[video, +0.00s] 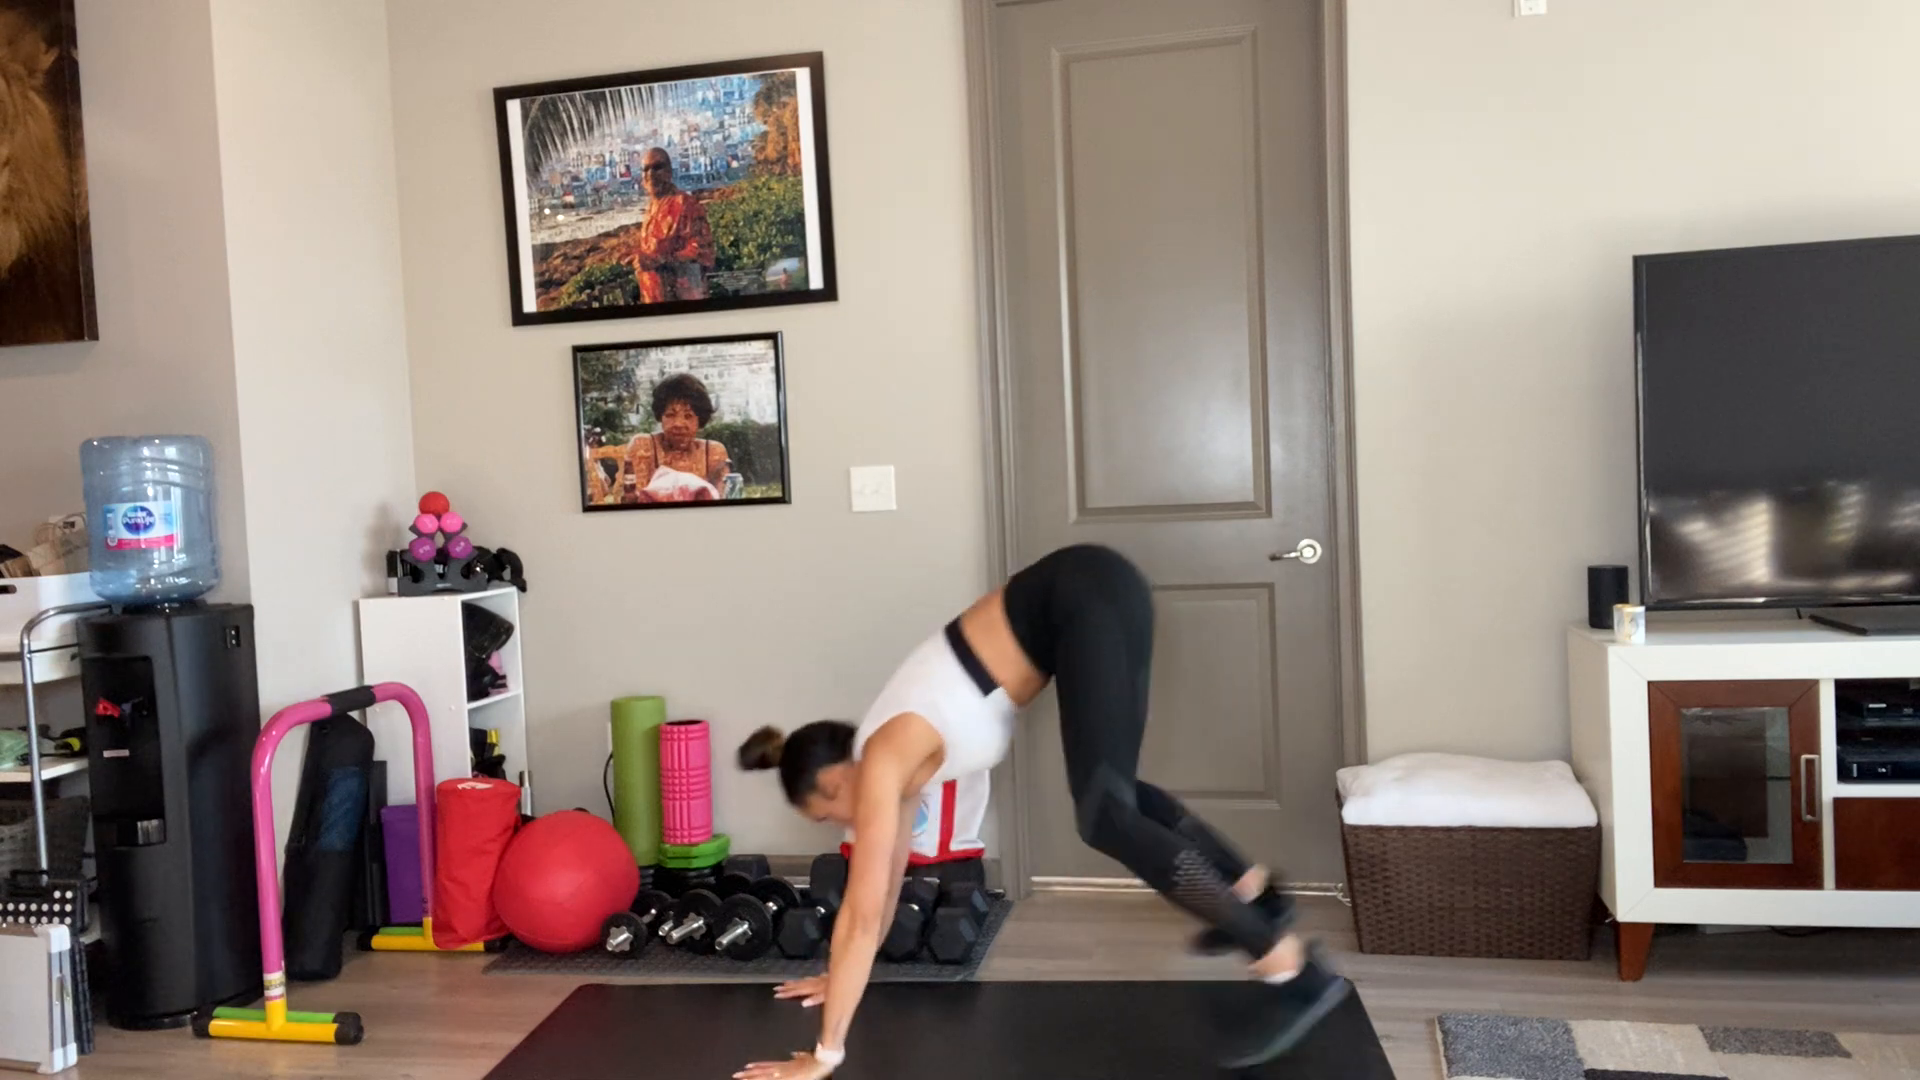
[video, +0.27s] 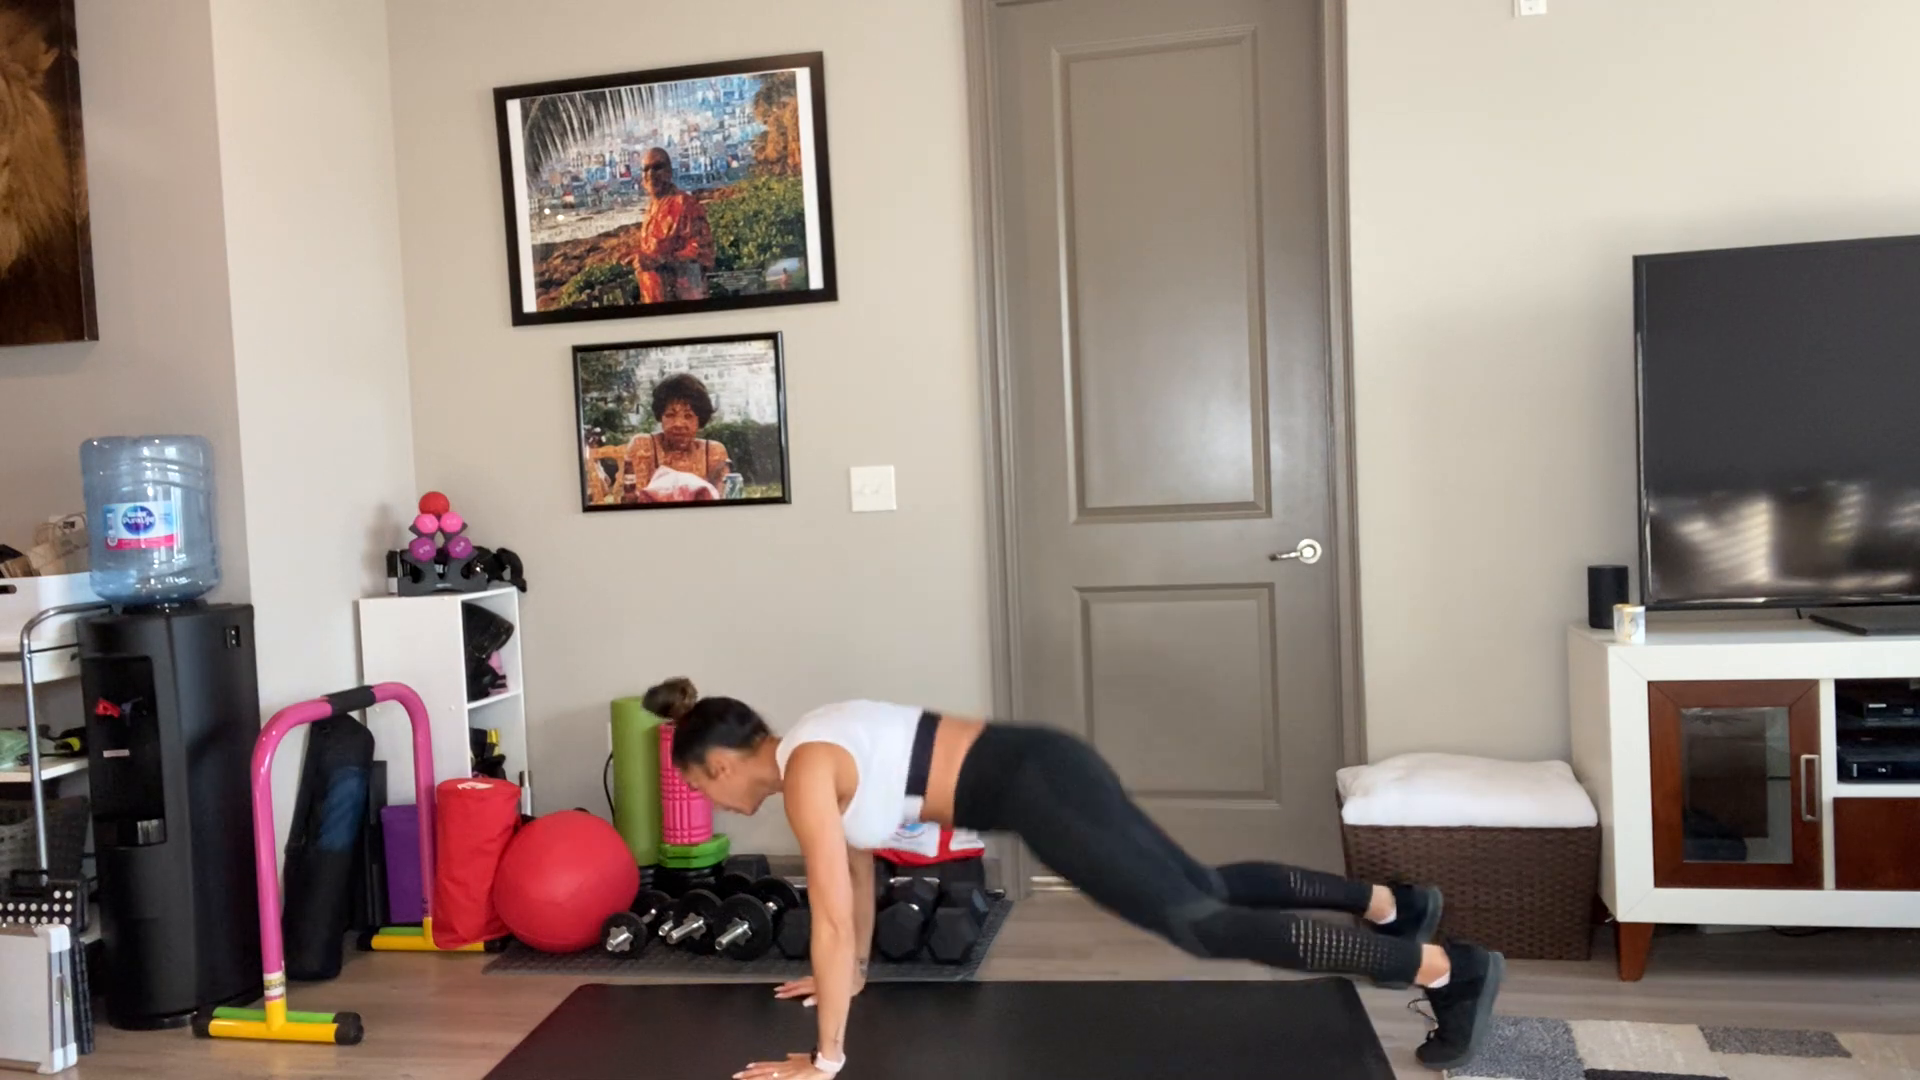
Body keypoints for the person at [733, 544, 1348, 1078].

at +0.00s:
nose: (837, 826)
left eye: (826, 812)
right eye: (826, 818)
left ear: (835, 776)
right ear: (840, 765)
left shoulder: (887, 762)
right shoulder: (890, 745)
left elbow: (868, 914)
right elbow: (874, 888)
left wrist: (827, 1051)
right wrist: (835, 973)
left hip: (1084, 595)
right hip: (1084, 595)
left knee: (1102, 817)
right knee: (1114, 789)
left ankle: (1281, 954)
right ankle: (1247, 884)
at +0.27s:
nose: (711, 804)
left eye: (705, 789)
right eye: (702, 792)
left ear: (728, 760)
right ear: (743, 741)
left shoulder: (806, 779)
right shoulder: (820, 743)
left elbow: (840, 921)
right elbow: (853, 884)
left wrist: (827, 1049)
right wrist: (838, 968)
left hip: (1030, 781)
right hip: (1034, 768)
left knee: (1198, 926)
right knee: (1207, 888)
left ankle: (1439, 966)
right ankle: (1383, 902)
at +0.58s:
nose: (678, 875)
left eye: (674, 861)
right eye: (671, 864)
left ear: (704, 837)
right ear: (718, 822)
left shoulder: (776, 866)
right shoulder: (792, 830)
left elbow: (860, 962)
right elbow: (878, 913)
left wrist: (828, 1061)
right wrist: (836, 965)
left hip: (992, 924)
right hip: (1004, 891)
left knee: (1194, 1017)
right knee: (1193, 962)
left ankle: (1426, 971)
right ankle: (1365, 908)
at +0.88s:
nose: (655, 996)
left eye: (647, 983)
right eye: (649, 984)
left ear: (671, 965)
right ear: (693, 927)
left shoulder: (736, 968)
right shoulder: (763, 919)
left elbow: (832, 967)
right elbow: (874, 875)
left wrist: (816, 1058)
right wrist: (848, 955)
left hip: (967, 975)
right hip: (980, 927)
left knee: (1179, 1023)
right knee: (1183, 972)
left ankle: (1402, 966)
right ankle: (1366, 917)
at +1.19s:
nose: (685, 814)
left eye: (690, 797)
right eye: (681, 799)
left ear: (729, 785)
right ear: (739, 772)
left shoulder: (793, 832)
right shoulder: (810, 797)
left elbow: (849, 954)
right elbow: (878, 894)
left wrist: (829, 1057)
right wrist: (840, 961)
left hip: (997, 923)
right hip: (1011, 886)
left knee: (1195, 1021)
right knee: (1196, 962)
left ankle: (1418, 964)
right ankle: (1362, 897)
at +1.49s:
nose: (738, 808)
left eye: (726, 793)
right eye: (725, 797)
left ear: (745, 764)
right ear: (755, 744)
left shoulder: (819, 770)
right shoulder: (829, 746)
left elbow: (836, 911)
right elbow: (853, 881)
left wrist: (831, 1051)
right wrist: (839, 970)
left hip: (1044, 724)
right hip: (1055, 710)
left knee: (1185, 901)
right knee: (1194, 859)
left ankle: (1419, 958)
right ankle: (1366, 895)